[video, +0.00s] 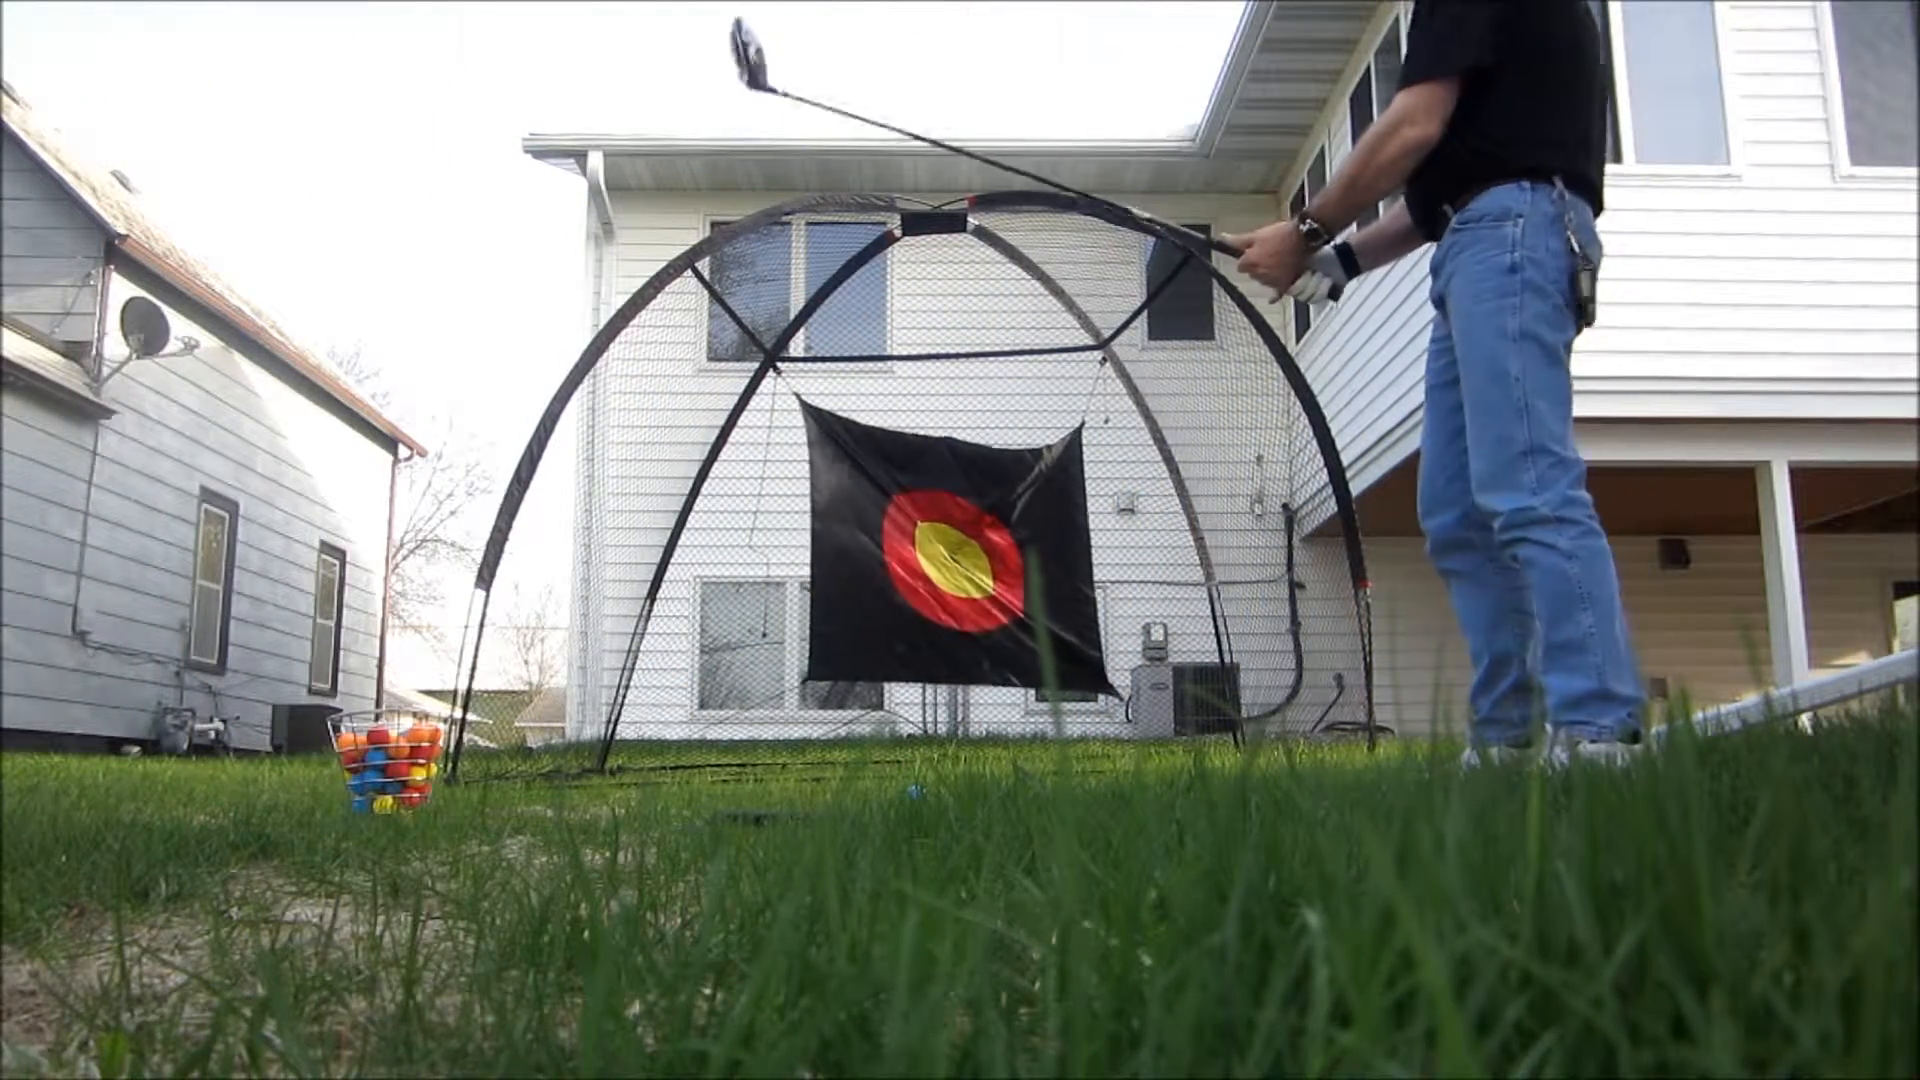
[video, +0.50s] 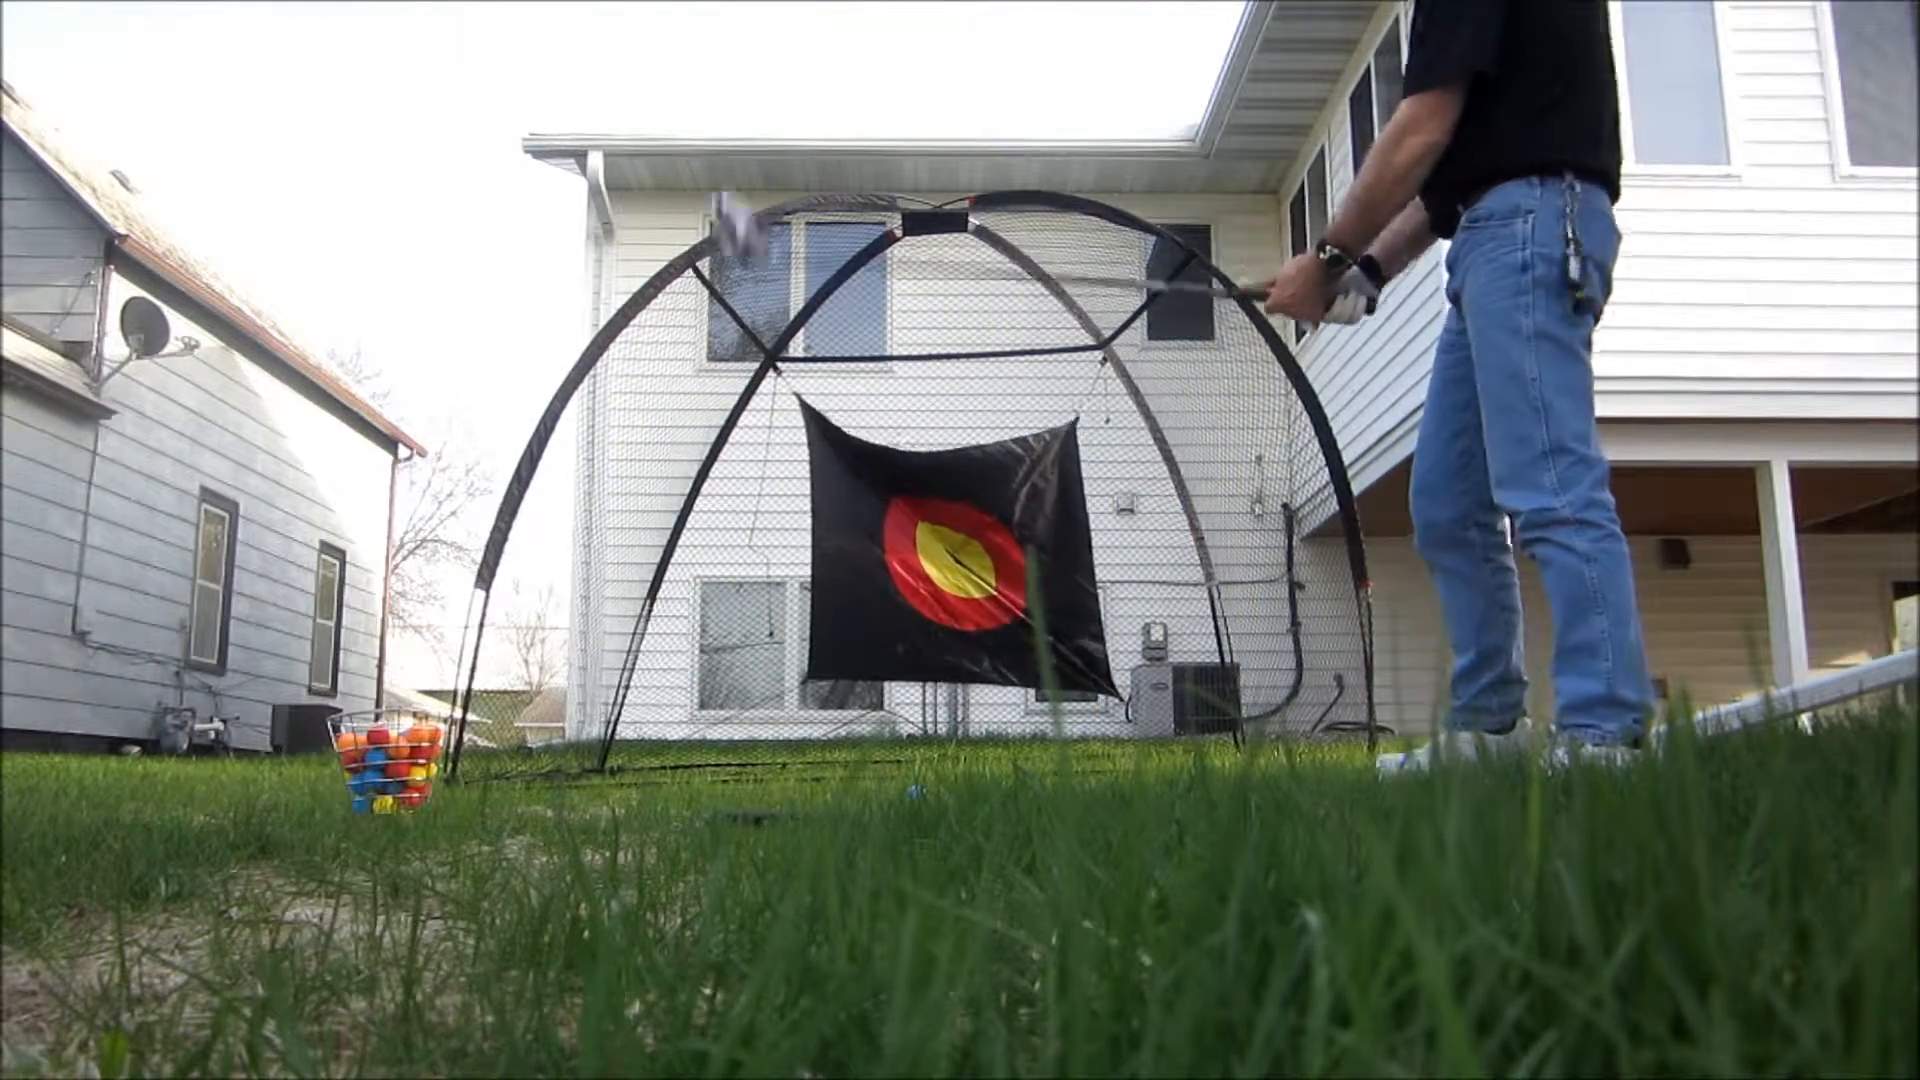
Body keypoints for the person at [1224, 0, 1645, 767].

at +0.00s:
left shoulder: (1469, 1)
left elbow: (1418, 122)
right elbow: (1451, 187)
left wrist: (1307, 229)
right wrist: (1335, 262)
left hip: (1514, 221)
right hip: (1472, 242)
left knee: (1531, 493)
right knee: (1459, 513)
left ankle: (1601, 734)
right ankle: (1508, 741)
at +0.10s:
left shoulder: (1468, 1)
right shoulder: (1519, 27)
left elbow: (1422, 119)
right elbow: (1460, 176)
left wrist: (1313, 225)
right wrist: (1346, 254)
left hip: (1520, 214)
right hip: (1485, 232)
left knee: (1546, 493)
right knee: (1452, 509)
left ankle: (1604, 735)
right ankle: (1508, 730)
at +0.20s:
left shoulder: (1467, 2)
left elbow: (1428, 117)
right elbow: (1461, 172)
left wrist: (1316, 224)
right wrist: (1345, 255)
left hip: (1526, 214)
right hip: (1495, 227)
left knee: (1555, 493)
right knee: (1438, 496)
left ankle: (1603, 734)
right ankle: (1506, 721)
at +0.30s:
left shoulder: (1469, 2)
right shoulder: (1525, 24)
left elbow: (1428, 119)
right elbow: (1468, 164)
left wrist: (1320, 227)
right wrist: (1355, 256)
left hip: (1530, 215)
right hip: (1497, 228)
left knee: (1557, 493)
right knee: (1439, 492)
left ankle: (1605, 735)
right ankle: (1498, 721)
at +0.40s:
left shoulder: (1469, 2)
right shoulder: (1512, 25)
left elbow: (1424, 126)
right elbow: (1467, 165)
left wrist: (1324, 244)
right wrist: (1359, 267)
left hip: (1534, 212)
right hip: (1494, 228)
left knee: (1556, 492)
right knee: (1445, 498)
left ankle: (1607, 734)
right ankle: (1489, 724)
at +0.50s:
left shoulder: (1468, 4)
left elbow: (1424, 125)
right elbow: (1465, 167)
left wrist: (1327, 257)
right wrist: (1366, 270)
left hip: (1530, 214)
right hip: (1489, 230)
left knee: (1555, 494)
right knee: (1449, 503)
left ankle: (1605, 733)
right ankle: (1487, 728)